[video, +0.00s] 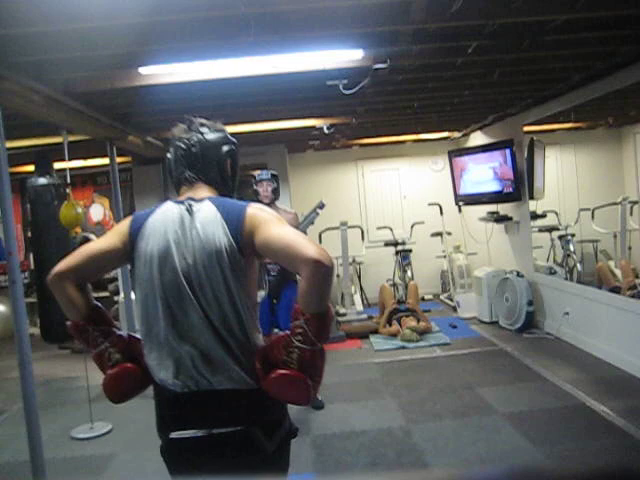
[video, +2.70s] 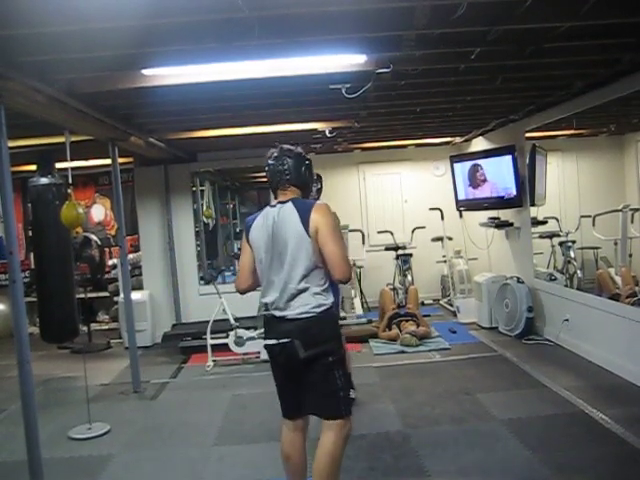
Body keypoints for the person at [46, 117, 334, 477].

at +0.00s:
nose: (238, 173)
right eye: (236, 166)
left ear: (172, 174)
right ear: (228, 169)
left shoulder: (138, 226)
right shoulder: (247, 216)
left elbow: (61, 277)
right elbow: (317, 261)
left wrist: (107, 343)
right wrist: (302, 345)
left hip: (179, 425)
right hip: (249, 419)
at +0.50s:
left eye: (199, 163)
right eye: (257, 162)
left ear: (200, 171)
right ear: (252, 167)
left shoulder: (177, 220)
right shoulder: (277, 214)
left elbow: (115, 276)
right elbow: (308, 299)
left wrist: (142, 342)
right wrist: (314, 358)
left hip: (205, 383)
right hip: (269, 379)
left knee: (212, 473)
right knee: (258, 473)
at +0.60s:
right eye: (256, 176)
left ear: (202, 184)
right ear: (250, 180)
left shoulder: (181, 237)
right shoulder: (276, 227)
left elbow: (135, 306)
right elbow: (306, 311)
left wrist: (150, 362)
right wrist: (301, 365)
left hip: (206, 398)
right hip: (269, 392)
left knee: (212, 474)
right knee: (260, 474)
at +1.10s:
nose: (247, 175)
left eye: (245, 169)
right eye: (244, 169)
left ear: (200, 179)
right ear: (238, 174)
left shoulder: (178, 227)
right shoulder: (256, 214)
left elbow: (153, 295)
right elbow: (284, 288)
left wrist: (180, 315)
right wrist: (290, 326)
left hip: (208, 366)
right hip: (259, 361)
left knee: (224, 461)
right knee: (292, 453)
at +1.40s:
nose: (278, 180)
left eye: (277, 175)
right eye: (275, 175)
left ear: (231, 180)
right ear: (267, 177)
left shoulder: (209, 226)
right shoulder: (285, 216)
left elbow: (184, 290)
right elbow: (305, 291)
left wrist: (224, 309)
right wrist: (312, 325)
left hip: (233, 362)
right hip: (284, 360)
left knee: (238, 461)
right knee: (302, 457)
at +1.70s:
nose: (307, 174)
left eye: (272, 170)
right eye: (306, 169)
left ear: (267, 176)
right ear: (305, 174)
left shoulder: (247, 221)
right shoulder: (326, 213)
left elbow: (226, 286)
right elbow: (355, 280)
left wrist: (263, 301)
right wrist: (349, 310)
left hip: (270, 354)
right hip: (320, 351)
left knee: (264, 442)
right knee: (317, 445)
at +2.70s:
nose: (312, 179)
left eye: (309, 174)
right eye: (310, 174)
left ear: (272, 182)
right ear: (305, 178)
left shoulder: (255, 224)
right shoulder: (317, 212)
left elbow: (244, 283)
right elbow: (341, 273)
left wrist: (275, 266)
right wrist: (334, 258)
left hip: (277, 332)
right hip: (316, 329)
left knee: (292, 422)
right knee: (336, 422)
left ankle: (296, 478)